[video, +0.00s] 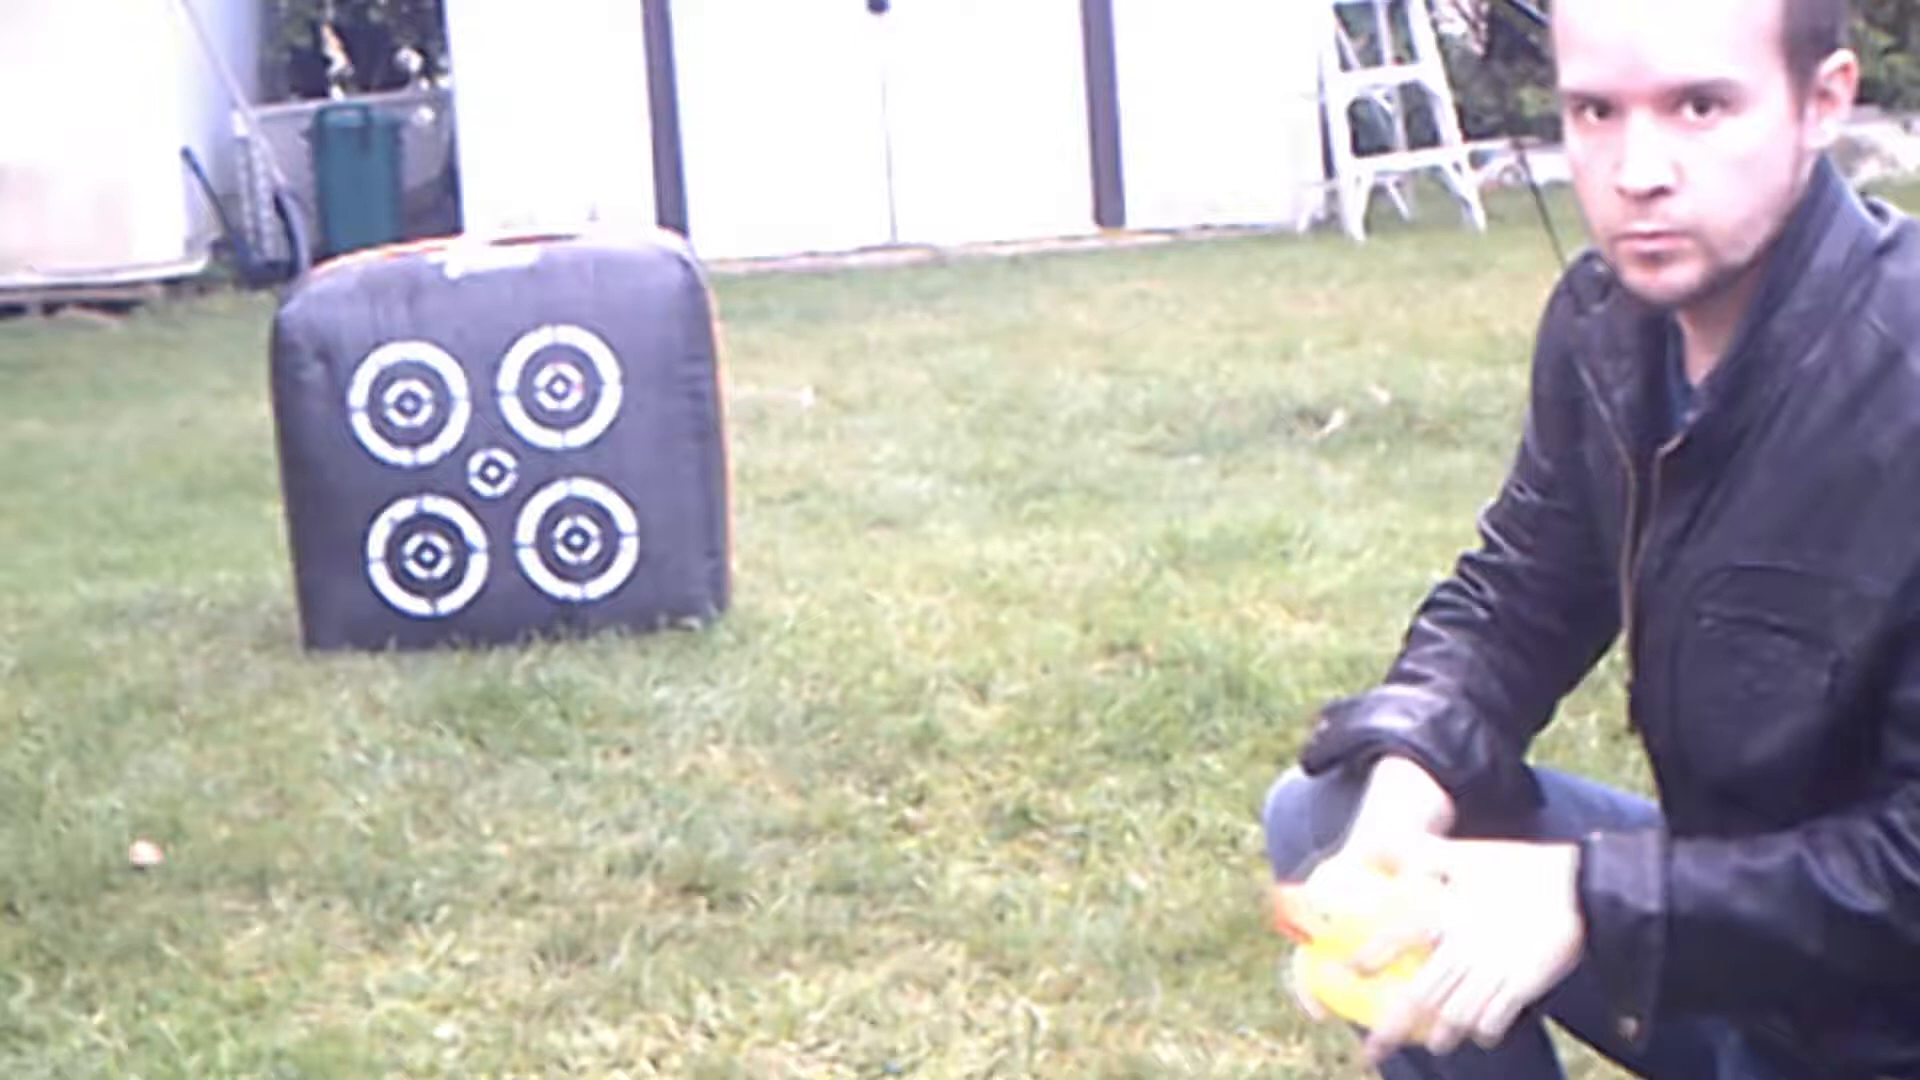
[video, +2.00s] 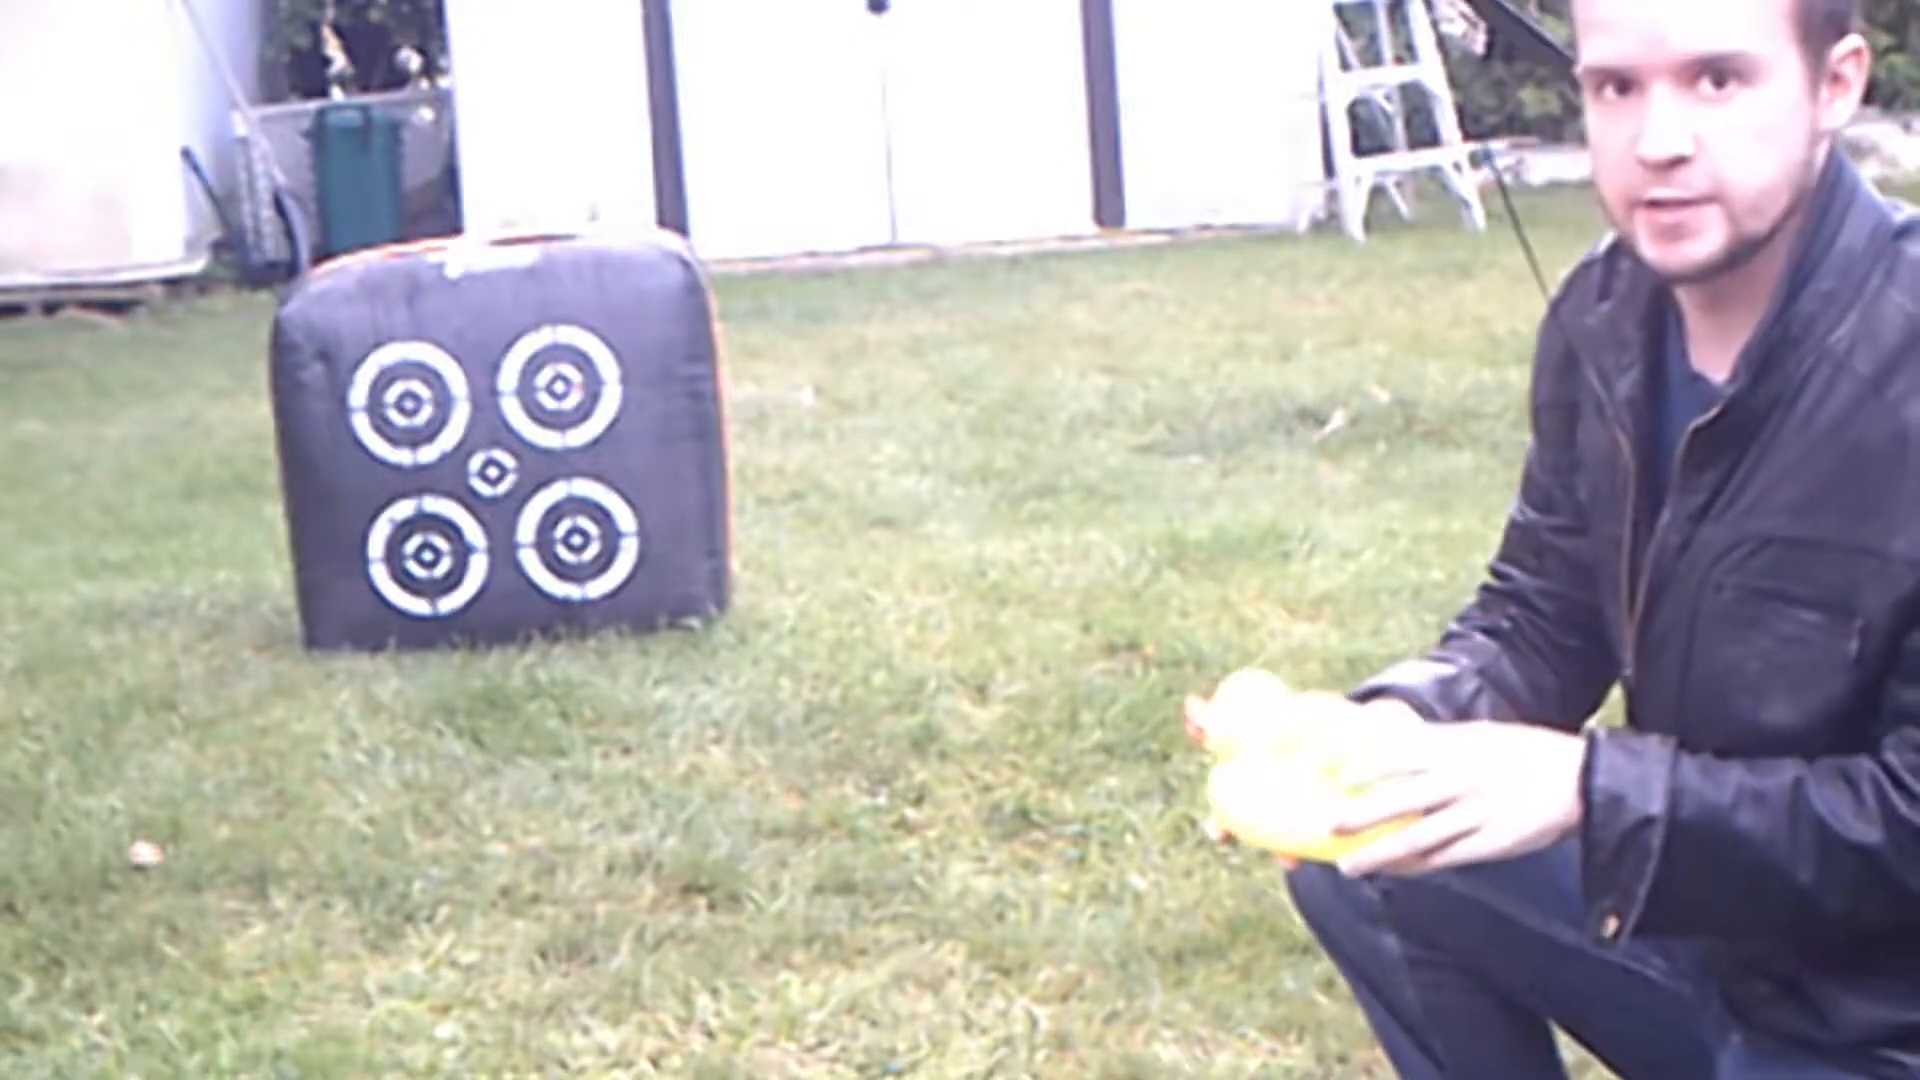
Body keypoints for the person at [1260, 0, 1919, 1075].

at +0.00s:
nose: (1638, 176)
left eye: (1701, 108)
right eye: (1596, 113)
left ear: (1825, 102)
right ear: (1561, 119)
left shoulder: (1899, 364)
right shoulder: (1603, 316)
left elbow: (1907, 858)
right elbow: (1520, 595)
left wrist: (1597, 896)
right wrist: (1412, 772)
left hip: (1878, 1022)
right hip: (1713, 926)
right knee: (1329, 815)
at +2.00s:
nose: (1660, 140)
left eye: (1719, 78)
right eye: (1616, 87)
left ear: (1838, 84)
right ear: (1580, 101)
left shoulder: (1903, 352)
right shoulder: (1602, 314)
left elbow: (1908, 816)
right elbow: (1544, 615)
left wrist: (1594, 788)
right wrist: (1400, 719)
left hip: (1868, 1039)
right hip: (1692, 943)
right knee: (1358, 862)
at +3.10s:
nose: (1542, 247)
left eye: (1594, 194)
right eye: (1521, 190)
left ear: (1761, 158)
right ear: (1502, 154)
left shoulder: (1902, 383)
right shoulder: (1592, 330)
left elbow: (1905, 850)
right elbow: (1539, 628)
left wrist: (1567, 833)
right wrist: (1393, 739)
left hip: (1871, 1045)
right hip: (1703, 968)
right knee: (1351, 874)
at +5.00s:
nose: (1598, 201)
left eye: (1649, 130)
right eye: (1551, 149)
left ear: (1777, 108)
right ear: (1517, 153)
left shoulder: (1902, 362)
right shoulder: (1581, 339)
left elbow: (1912, 842)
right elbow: (1529, 629)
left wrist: (1606, 847)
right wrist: (1397, 745)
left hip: (1876, 1044)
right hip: (1701, 964)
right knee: (1345, 887)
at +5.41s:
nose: (1602, 192)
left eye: (1653, 122)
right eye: (1555, 139)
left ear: (1779, 102)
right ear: (1520, 145)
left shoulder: (1895, 336)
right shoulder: (1579, 332)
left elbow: (1901, 780)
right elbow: (1529, 613)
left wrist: (1646, 741)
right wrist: (1401, 762)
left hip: (1869, 1019)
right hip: (1718, 929)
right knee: (1324, 853)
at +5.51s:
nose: (1607, 189)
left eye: (1657, 118)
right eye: (1559, 135)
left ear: (1783, 96)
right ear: (1522, 144)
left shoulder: (1902, 323)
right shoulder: (1579, 333)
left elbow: (1907, 682)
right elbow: (1540, 633)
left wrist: (1685, 606)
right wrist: (1409, 752)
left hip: (1884, 1028)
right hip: (1741, 931)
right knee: (1324, 842)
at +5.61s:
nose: (1613, 189)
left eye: (1664, 117)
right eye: (1564, 136)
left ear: (1787, 91)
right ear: (1527, 143)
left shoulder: (1896, 297)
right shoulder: (1601, 324)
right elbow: (1526, 630)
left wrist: (1742, 472)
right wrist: (1407, 758)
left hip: (1881, 1036)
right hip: (1762, 941)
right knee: (1325, 842)